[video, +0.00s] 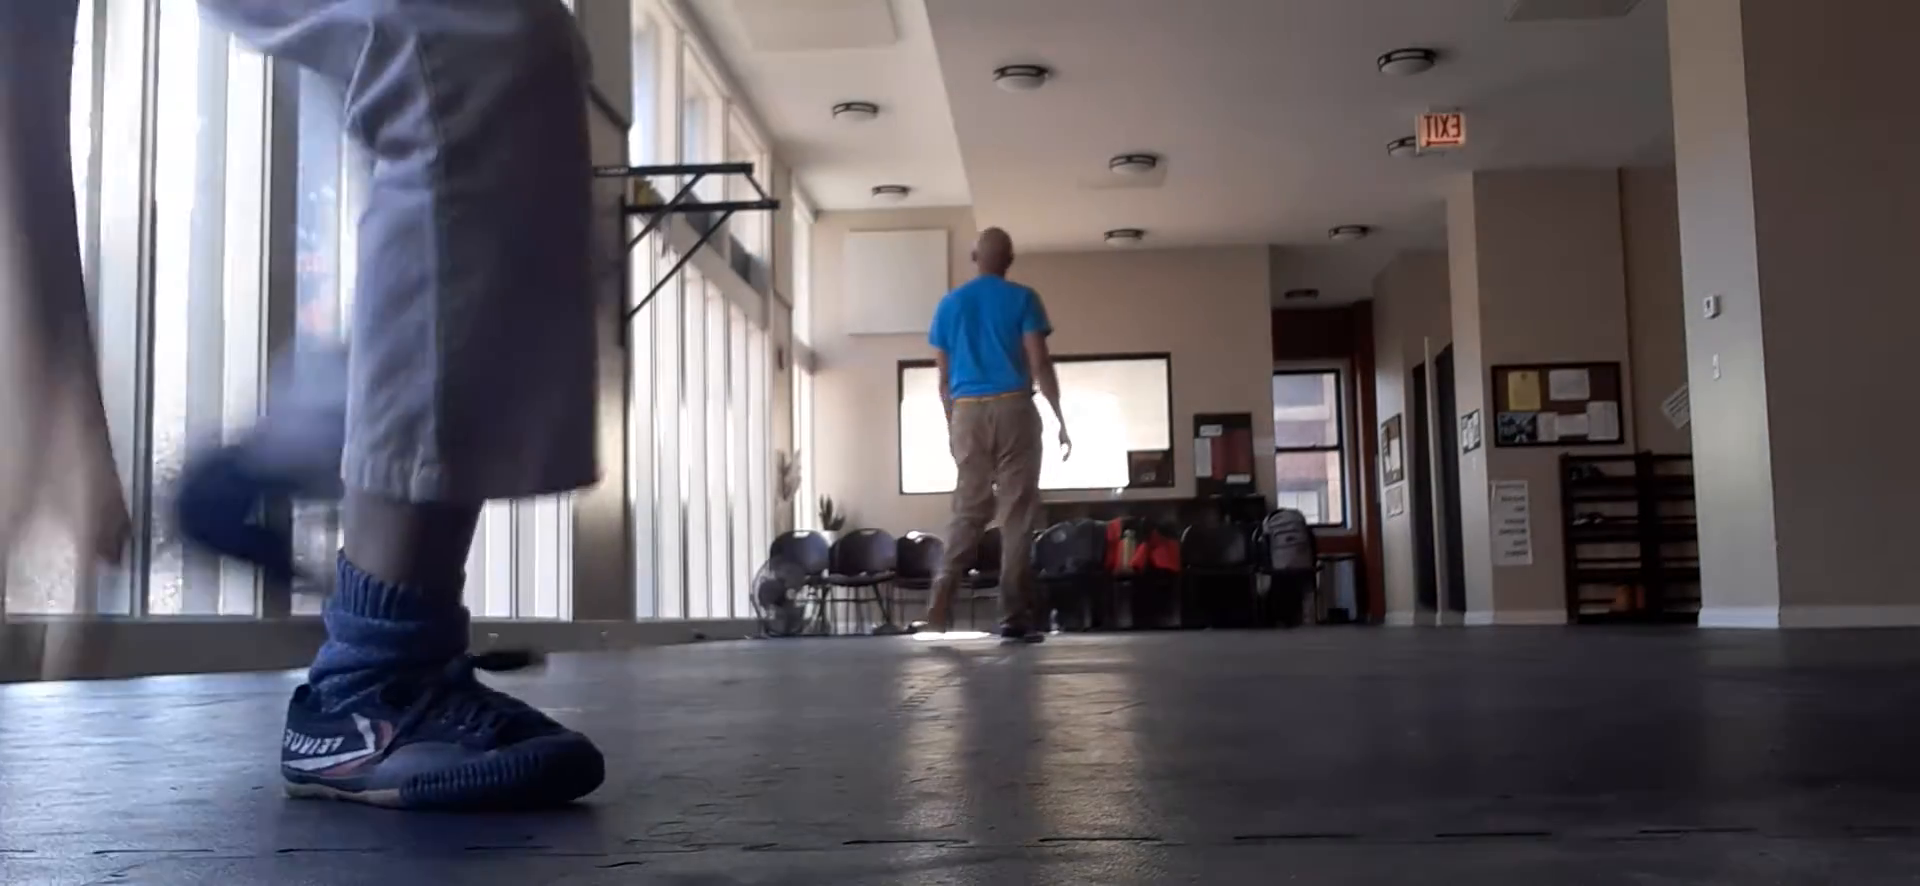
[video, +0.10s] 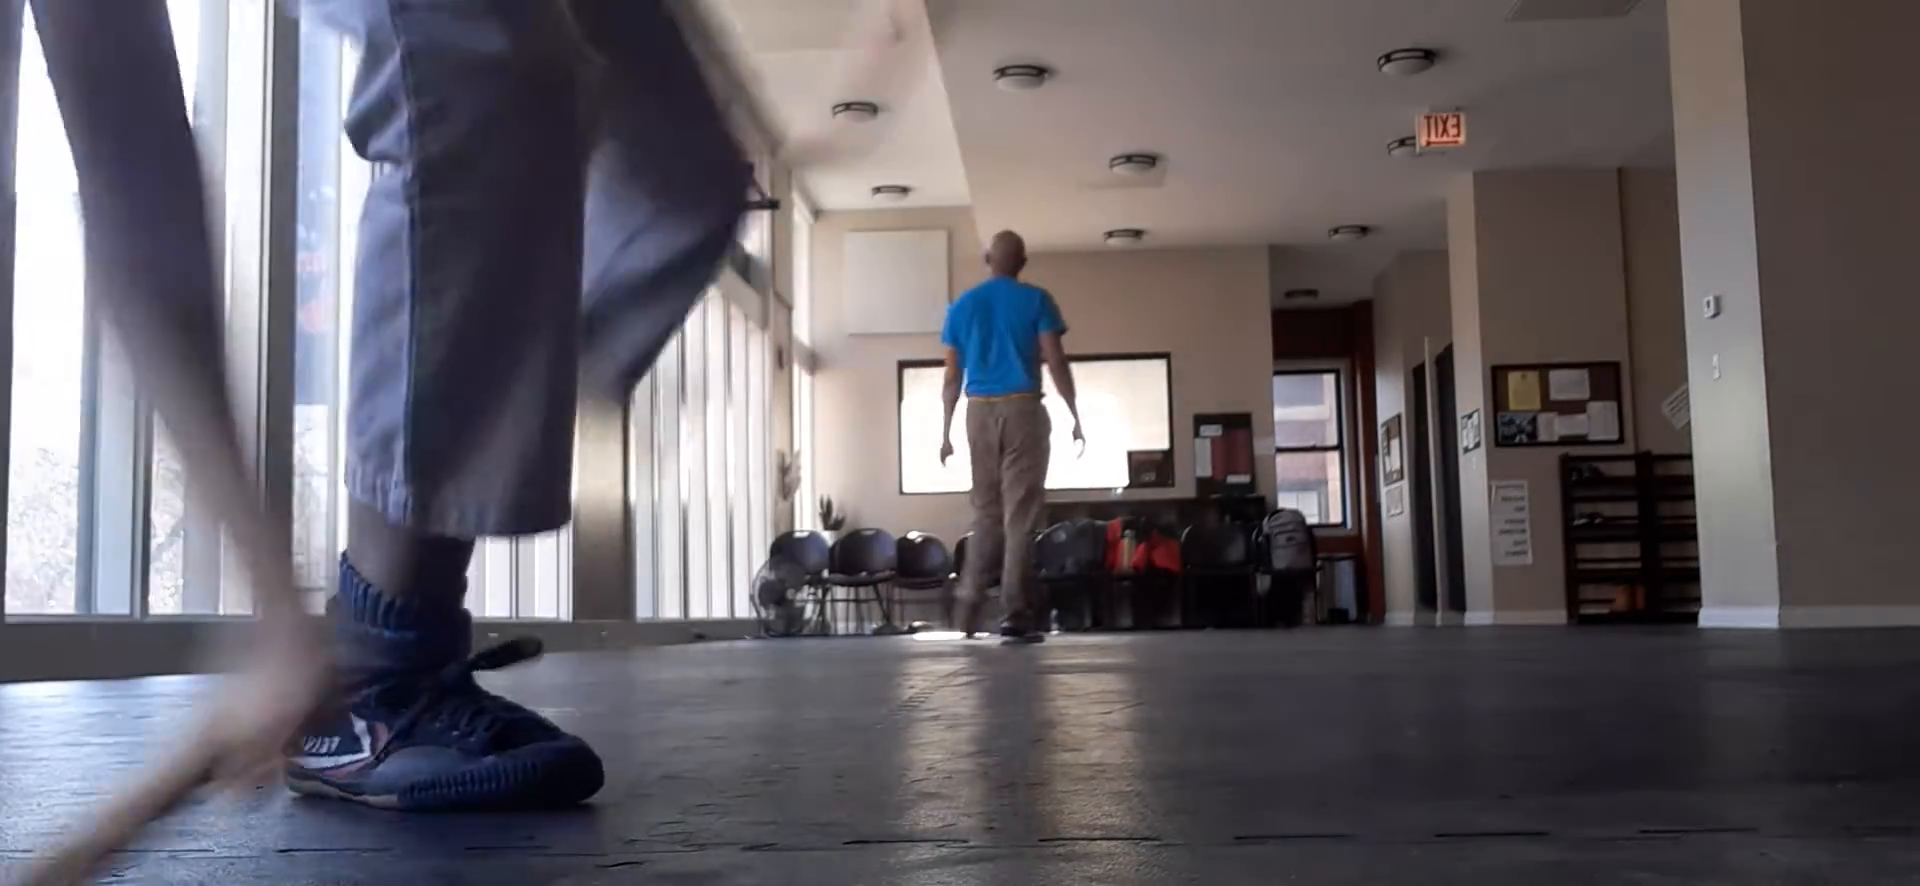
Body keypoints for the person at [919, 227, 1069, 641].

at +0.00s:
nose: (989, 258)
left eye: (979, 251)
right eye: (1006, 256)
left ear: (974, 258)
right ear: (1010, 261)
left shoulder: (948, 304)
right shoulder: (1023, 298)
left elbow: (944, 378)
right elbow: (1039, 364)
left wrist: (954, 424)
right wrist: (1060, 420)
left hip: (967, 413)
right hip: (1015, 410)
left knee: (968, 509)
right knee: (1016, 512)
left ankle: (939, 606)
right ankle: (1014, 616)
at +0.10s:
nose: (1008, 262)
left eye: (993, 254)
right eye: (1020, 258)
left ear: (987, 261)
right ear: (1023, 263)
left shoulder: (962, 305)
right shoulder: (1037, 299)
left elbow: (952, 375)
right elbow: (1055, 360)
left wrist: (946, 431)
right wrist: (1074, 415)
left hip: (979, 413)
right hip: (1024, 411)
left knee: (986, 510)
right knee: (1020, 513)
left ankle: (967, 608)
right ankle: (1016, 615)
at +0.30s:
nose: (1018, 272)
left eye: (1011, 267)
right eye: (1037, 269)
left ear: (1007, 272)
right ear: (1043, 275)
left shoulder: (982, 314)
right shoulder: (1056, 309)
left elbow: (961, 377)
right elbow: (1080, 370)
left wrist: (941, 432)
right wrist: (1100, 417)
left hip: (997, 419)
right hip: (1038, 416)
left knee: (1013, 513)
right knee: (1030, 514)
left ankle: (1036, 616)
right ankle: (1011, 616)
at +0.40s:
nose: (1022, 281)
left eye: (1018, 275)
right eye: (1045, 278)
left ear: (1017, 280)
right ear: (1051, 283)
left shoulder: (992, 321)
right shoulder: (1064, 317)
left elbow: (968, 380)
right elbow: (1087, 376)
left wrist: (943, 432)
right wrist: (1108, 426)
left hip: (1006, 424)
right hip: (1045, 420)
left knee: (1026, 519)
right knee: (1038, 516)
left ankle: (1056, 618)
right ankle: (1014, 612)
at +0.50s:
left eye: (1028, 277)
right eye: (1056, 280)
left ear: (1024, 283)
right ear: (1057, 286)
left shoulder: (1002, 324)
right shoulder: (1072, 319)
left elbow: (977, 382)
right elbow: (1091, 378)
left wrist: (952, 434)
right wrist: (1112, 429)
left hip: (1014, 426)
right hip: (1055, 425)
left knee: (1033, 521)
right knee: (1051, 516)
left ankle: (1061, 618)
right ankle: (1022, 604)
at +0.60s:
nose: (1034, 286)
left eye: (1031, 280)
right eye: (1056, 281)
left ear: (1029, 284)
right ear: (1063, 285)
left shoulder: (1009, 326)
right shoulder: (1078, 319)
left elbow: (986, 388)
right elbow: (1096, 380)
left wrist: (967, 438)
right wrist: (1116, 430)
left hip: (1021, 427)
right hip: (1060, 426)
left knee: (1040, 526)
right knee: (1077, 516)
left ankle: (1055, 623)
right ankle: (1043, 580)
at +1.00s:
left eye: (1068, 294)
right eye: (1092, 298)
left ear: (1062, 298)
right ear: (1095, 301)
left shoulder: (1040, 337)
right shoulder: (1107, 333)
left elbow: (1036, 397)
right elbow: (1122, 388)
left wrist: (1062, 415)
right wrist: (1144, 440)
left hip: (1054, 433)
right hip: (1098, 434)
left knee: (1058, 526)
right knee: (1110, 523)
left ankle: (1061, 621)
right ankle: (1131, 615)